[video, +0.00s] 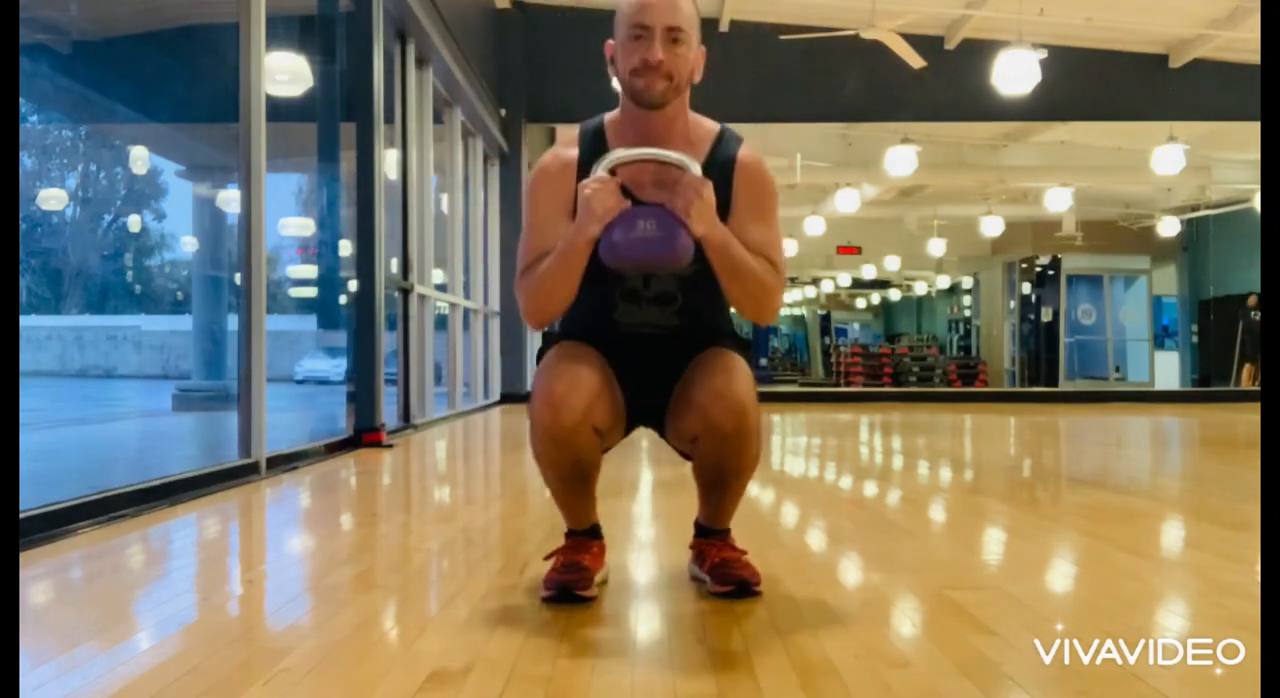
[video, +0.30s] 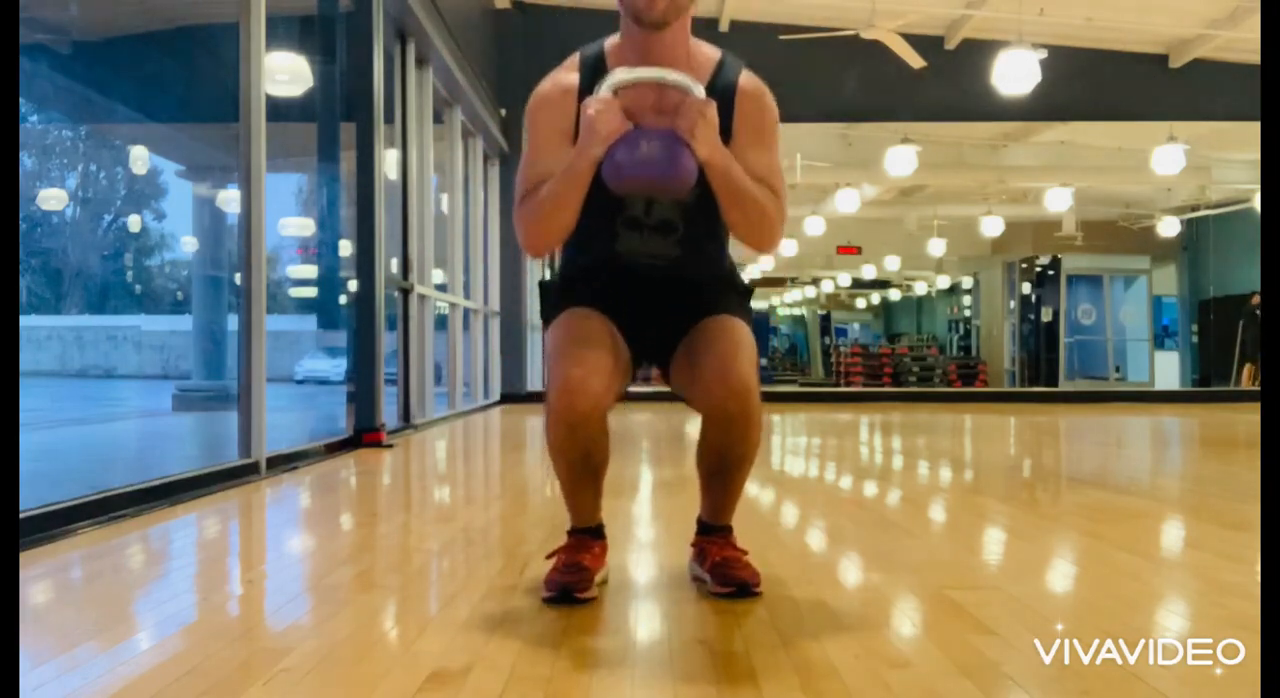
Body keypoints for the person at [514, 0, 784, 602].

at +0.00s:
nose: (654, 54)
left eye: (673, 39)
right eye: (638, 37)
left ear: (698, 62)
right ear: (611, 55)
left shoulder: (739, 166)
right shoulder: (562, 165)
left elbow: (766, 305)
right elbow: (535, 309)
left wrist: (711, 227)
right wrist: (583, 229)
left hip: (696, 356)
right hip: (595, 355)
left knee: (729, 404)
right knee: (558, 400)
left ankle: (714, 538)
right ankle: (581, 539)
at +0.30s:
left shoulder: (742, 91)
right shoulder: (563, 90)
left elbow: (764, 232)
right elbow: (535, 237)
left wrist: (713, 152)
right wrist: (588, 150)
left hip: (700, 288)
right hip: (595, 287)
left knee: (737, 392)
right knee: (575, 395)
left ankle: (715, 538)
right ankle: (584, 538)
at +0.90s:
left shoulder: (681, 4)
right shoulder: (490, 2)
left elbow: (699, 82)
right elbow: (466, 79)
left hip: (619, 191)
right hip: (505, 183)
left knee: (672, 360)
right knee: (399, 332)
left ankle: (714, 537)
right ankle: (291, 507)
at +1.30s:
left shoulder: (502, 85)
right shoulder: (314, 68)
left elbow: (526, 223)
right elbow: (272, 203)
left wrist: (467, 134)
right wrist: (342, 124)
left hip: (451, 287)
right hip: (333, 281)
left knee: (561, 403)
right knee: (235, 383)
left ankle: (702, 536)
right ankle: (243, 546)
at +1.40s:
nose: (374, 6)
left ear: (432, 9)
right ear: (340, 5)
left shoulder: (475, 118)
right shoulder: (285, 103)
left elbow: (504, 252)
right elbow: (245, 241)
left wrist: (441, 179)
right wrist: (312, 170)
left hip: (429, 314)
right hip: (313, 306)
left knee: (548, 419)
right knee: (215, 389)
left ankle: (700, 536)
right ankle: (241, 546)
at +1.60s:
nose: (333, 64)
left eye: (357, 48)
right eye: (319, 44)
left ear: (391, 64)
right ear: (298, 51)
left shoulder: (433, 173)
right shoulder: (244, 158)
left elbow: (468, 309)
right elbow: (201, 301)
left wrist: (397, 237)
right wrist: (263, 237)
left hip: (399, 359)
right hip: (281, 352)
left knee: (528, 439)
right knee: (188, 402)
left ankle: (692, 536)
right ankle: (240, 546)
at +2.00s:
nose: (305, 74)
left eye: (328, 57)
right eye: (290, 53)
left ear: (362, 74)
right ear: (269, 62)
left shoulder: (411, 183)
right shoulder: (216, 174)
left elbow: (443, 321)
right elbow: (180, 322)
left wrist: (374, 253)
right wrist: (234, 255)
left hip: (387, 372)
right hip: (268, 370)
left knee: (518, 447)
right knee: (173, 406)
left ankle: (690, 535)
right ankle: (237, 541)